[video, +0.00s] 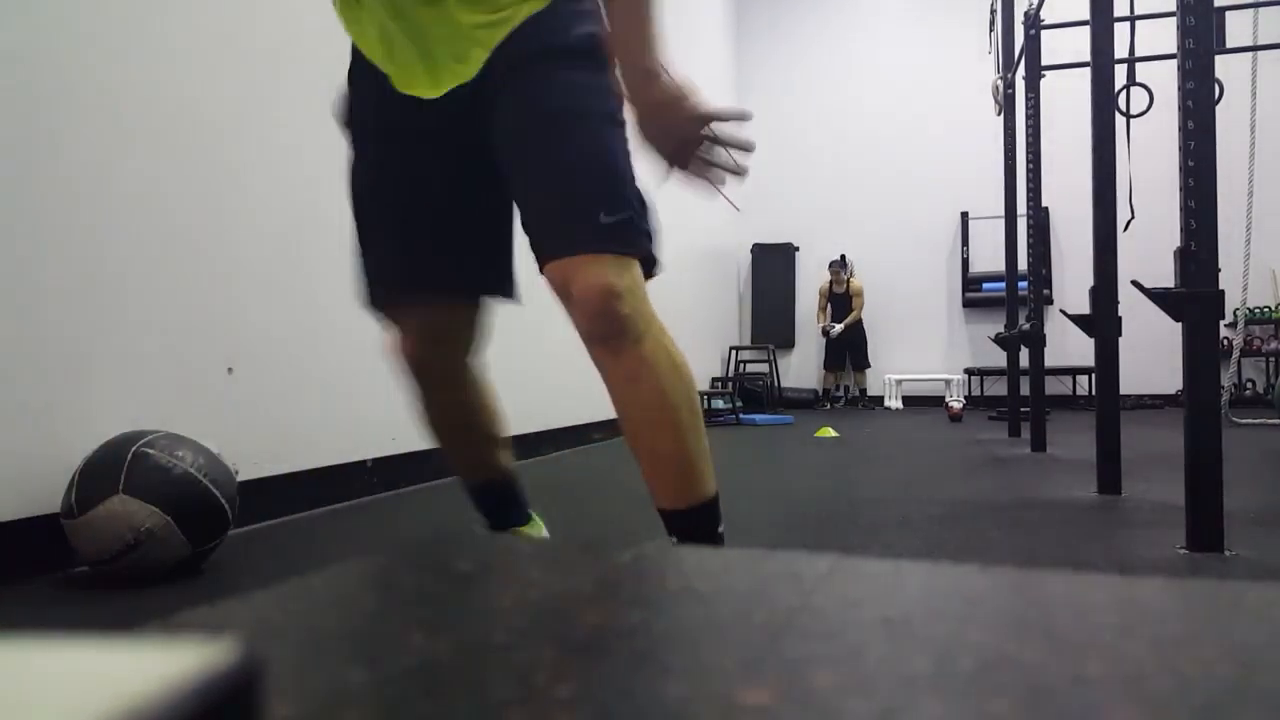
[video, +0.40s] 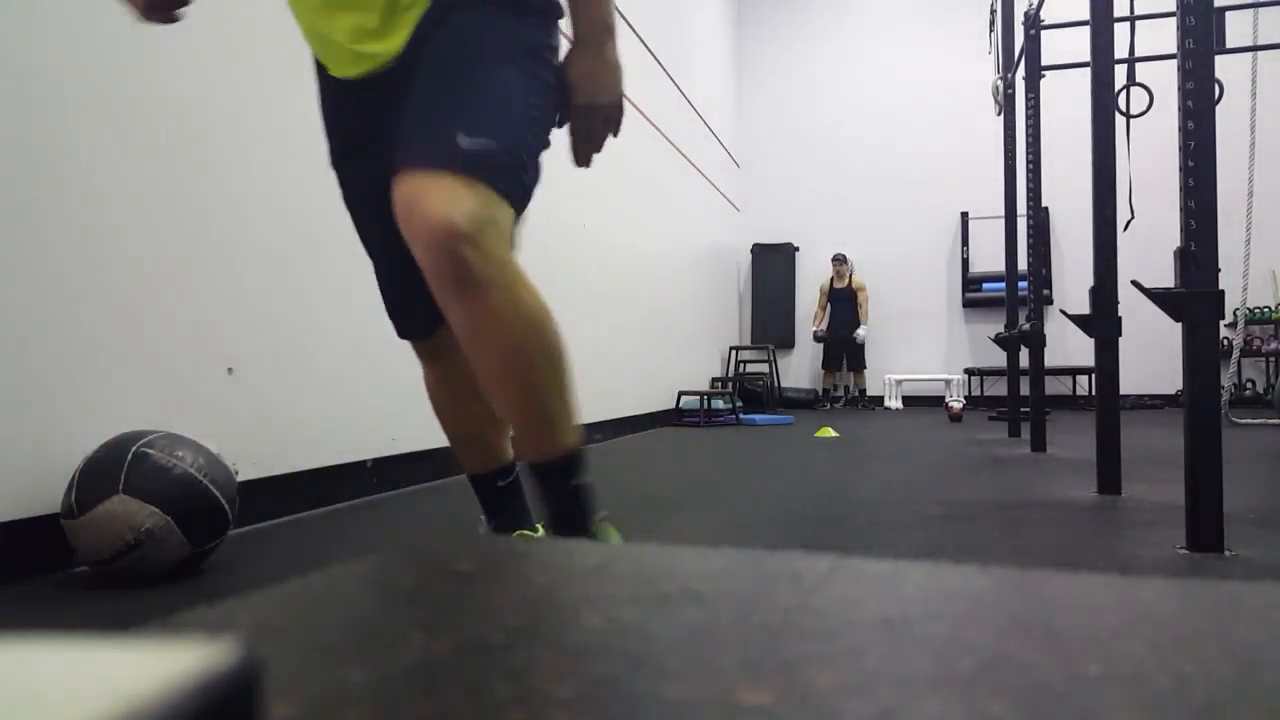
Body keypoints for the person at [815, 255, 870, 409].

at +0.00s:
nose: (835, 277)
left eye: (838, 273)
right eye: (832, 273)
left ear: (844, 272)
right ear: (829, 273)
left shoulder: (855, 287)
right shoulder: (825, 289)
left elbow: (857, 311)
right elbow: (822, 309)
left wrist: (842, 326)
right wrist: (822, 324)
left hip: (854, 329)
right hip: (834, 330)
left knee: (859, 366)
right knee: (830, 367)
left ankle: (863, 399)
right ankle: (825, 399)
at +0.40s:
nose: (837, 268)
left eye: (840, 265)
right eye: (834, 265)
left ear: (846, 266)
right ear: (831, 267)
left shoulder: (857, 283)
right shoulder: (826, 286)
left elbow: (863, 305)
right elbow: (821, 308)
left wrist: (863, 326)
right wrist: (815, 326)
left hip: (853, 331)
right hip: (833, 331)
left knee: (858, 368)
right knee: (829, 368)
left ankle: (862, 399)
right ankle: (825, 399)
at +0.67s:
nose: (839, 266)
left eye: (842, 262)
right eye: (837, 263)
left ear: (849, 264)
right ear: (834, 265)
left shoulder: (860, 283)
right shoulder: (828, 285)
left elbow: (870, 304)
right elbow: (821, 308)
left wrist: (876, 326)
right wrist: (811, 327)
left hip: (853, 330)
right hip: (833, 330)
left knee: (858, 368)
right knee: (829, 368)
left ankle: (862, 399)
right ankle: (825, 399)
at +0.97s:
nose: (843, 266)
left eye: (846, 262)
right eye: (841, 263)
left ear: (853, 263)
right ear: (838, 265)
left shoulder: (865, 282)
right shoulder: (833, 283)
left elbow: (873, 304)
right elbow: (823, 305)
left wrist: (877, 327)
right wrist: (808, 323)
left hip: (856, 330)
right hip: (835, 330)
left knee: (859, 367)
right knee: (827, 365)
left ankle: (862, 399)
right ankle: (824, 398)